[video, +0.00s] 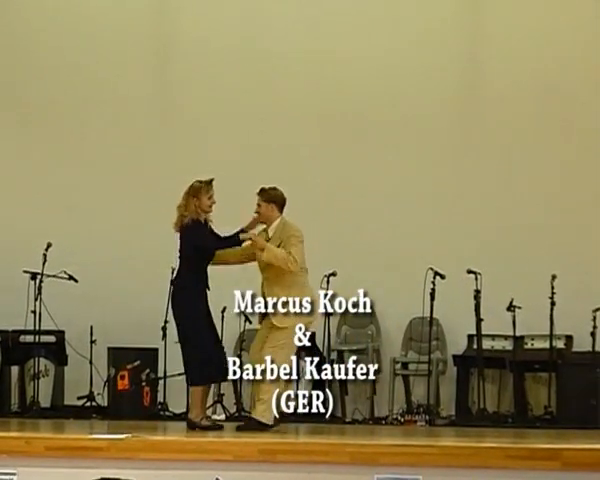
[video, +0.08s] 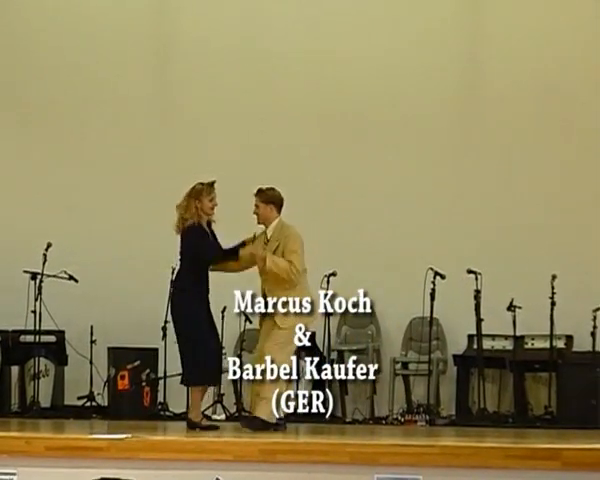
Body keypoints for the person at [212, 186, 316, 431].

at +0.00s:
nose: (256, 210)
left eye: (259, 206)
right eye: (256, 205)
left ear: (273, 208)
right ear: (268, 208)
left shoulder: (291, 232)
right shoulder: (263, 236)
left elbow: (293, 262)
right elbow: (241, 254)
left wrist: (261, 246)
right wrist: (205, 256)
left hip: (295, 311)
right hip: (275, 310)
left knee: (273, 358)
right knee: (257, 357)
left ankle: (265, 415)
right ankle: (260, 412)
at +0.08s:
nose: (254, 211)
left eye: (257, 207)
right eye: (254, 206)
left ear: (271, 208)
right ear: (267, 209)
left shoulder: (290, 236)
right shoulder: (260, 239)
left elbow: (294, 272)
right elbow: (239, 262)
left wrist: (264, 258)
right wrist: (206, 263)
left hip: (293, 310)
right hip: (273, 309)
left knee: (273, 357)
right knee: (261, 359)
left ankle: (267, 413)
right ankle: (259, 412)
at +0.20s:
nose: (256, 208)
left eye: (259, 204)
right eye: (256, 204)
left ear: (274, 206)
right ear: (268, 206)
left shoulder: (289, 235)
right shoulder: (263, 237)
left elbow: (286, 276)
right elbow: (247, 264)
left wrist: (252, 272)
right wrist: (220, 268)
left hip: (292, 308)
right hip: (271, 307)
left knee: (275, 347)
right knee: (263, 358)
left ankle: (281, 410)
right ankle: (263, 414)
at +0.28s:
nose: (257, 203)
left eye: (261, 199)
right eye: (257, 199)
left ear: (276, 201)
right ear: (266, 201)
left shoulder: (285, 228)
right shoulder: (266, 229)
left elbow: (268, 264)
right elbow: (254, 256)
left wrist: (230, 263)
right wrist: (226, 260)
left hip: (295, 305)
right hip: (273, 306)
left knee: (288, 353)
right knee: (268, 357)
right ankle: (270, 413)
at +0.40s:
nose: (257, 204)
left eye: (261, 200)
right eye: (257, 200)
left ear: (275, 201)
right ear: (265, 202)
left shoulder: (283, 228)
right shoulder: (264, 231)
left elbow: (256, 256)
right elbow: (254, 266)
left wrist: (221, 265)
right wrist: (225, 265)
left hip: (298, 301)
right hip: (273, 304)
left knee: (305, 355)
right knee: (262, 351)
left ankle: (324, 408)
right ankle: (267, 410)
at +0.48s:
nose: (256, 211)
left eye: (261, 206)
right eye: (255, 206)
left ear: (275, 208)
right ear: (257, 208)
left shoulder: (282, 235)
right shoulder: (261, 237)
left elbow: (263, 267)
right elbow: (254, 266)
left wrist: (229, 281)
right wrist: (228, 269)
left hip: (297, 308)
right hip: (272, 309)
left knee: (308, 360)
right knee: (261, 358)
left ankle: (327, 411)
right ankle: (266, 411)